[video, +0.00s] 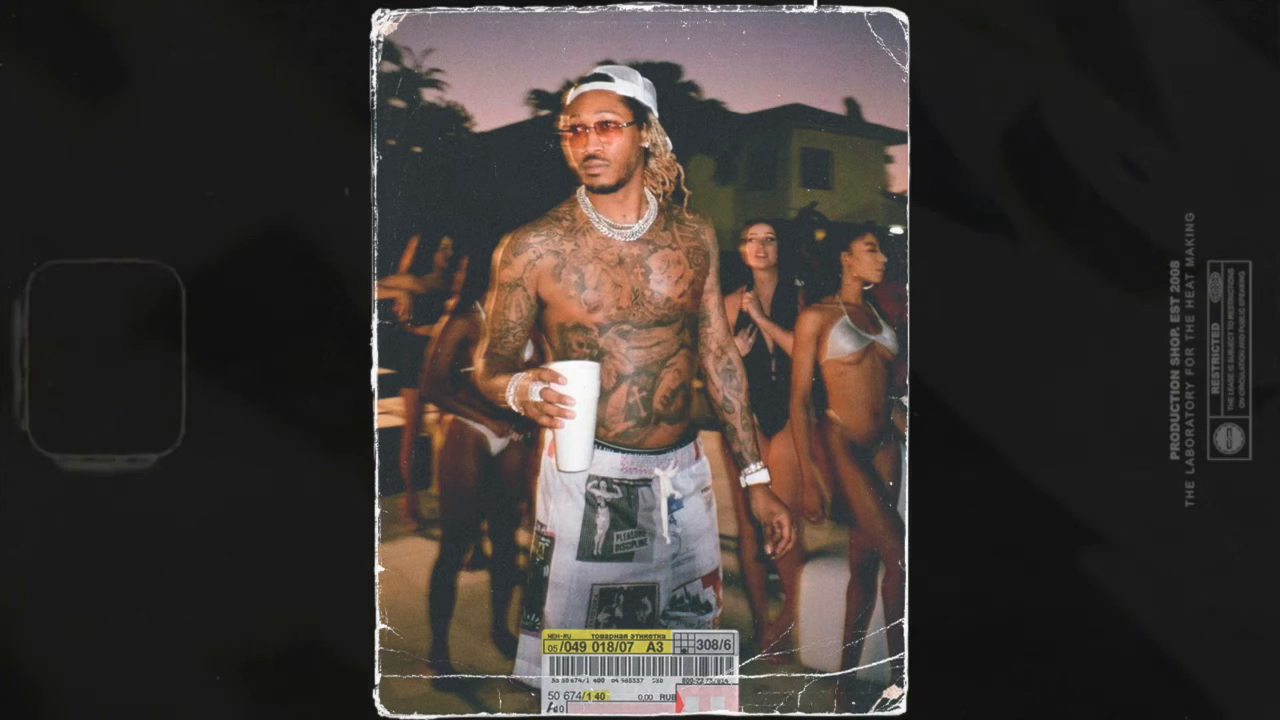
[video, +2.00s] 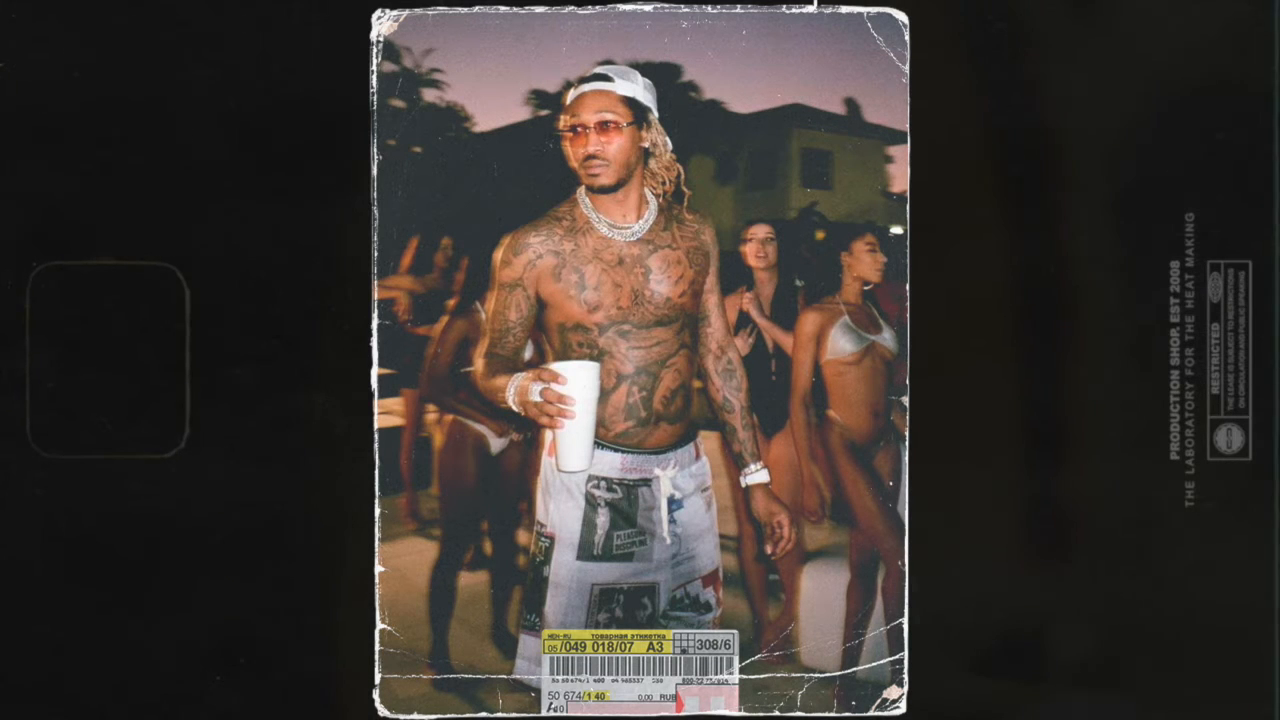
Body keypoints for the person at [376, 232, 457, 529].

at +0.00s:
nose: (446, 253)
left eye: (451, 248)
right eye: (442, 247)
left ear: (455, 252)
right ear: (431, 250)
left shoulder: (457, 274)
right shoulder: (416, 277)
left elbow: (461, 302)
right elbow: (398, 283)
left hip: (445, 346)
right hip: (416, 345)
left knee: (450, 425)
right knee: (413, 426)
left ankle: (453, 498)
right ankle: (410, 500)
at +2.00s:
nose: (446, 254)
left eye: (451, 249)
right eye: (442, 247)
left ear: (456, 253)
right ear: (431, 250)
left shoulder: (457, 279)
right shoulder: (415, 282)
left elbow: (461, 311)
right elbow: (394, 284)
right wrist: (404, 294)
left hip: (445, 351)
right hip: (416, 348)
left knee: (449, 427)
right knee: (412, 428)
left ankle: (452, 499)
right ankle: (410, 501)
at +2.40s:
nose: (446, 254)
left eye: (451, 249)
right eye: (442, 248)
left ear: (456, 254)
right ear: (431, 249)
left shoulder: (457, 276)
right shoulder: (415, 280)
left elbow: (463, 303)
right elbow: (396, 284)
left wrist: (438, 326)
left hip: (446, 346)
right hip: (417, 344)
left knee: (451, 426)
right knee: (413, 427)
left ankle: (454, 500)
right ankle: (410, 503)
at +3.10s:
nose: (445, 254)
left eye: (451, 249)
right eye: (442, 248)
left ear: (456, 254)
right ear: (432, 250)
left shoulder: (457, 275)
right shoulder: (420, 243)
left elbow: (463, 301)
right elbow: (397, 282)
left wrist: (437, 326)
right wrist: (404, 297)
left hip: (447, 344)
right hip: (417, 342)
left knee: (451, 425)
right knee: (413, 427)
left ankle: (454, 499)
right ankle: (410, 502)